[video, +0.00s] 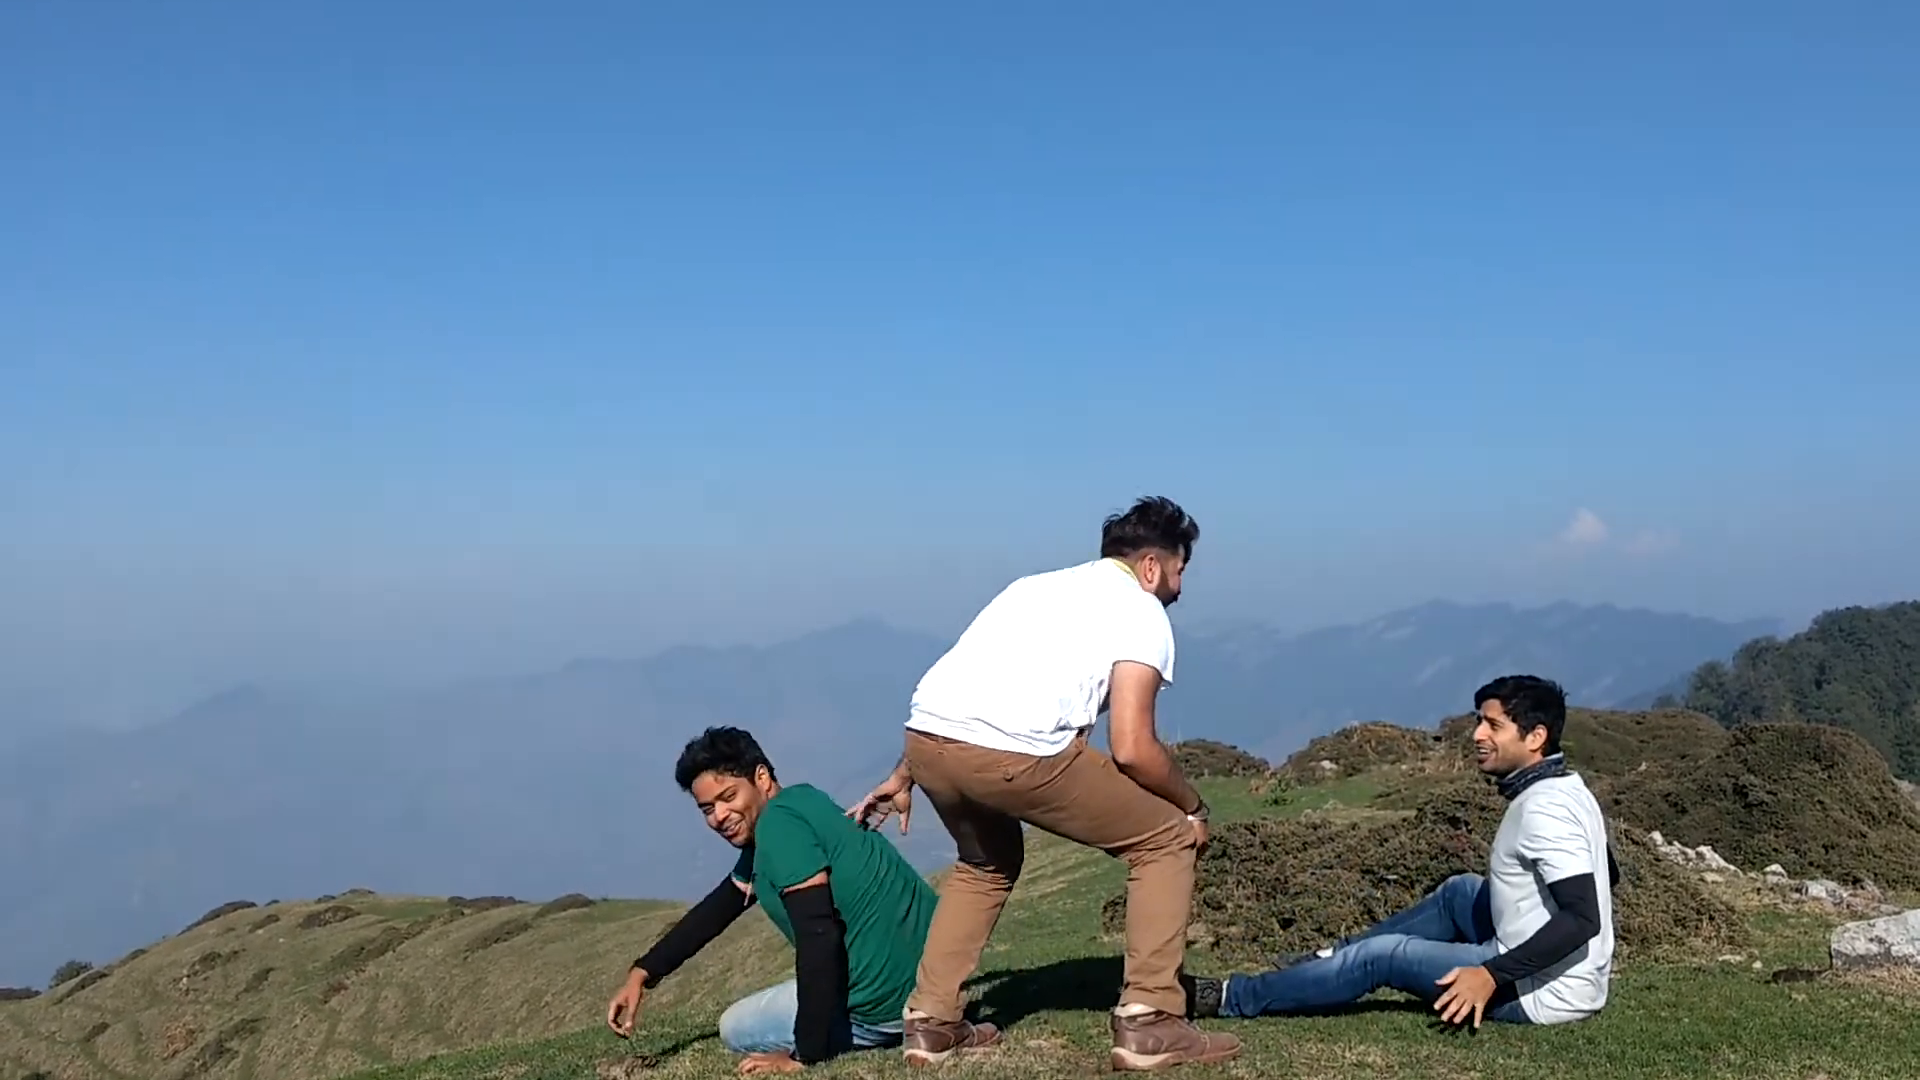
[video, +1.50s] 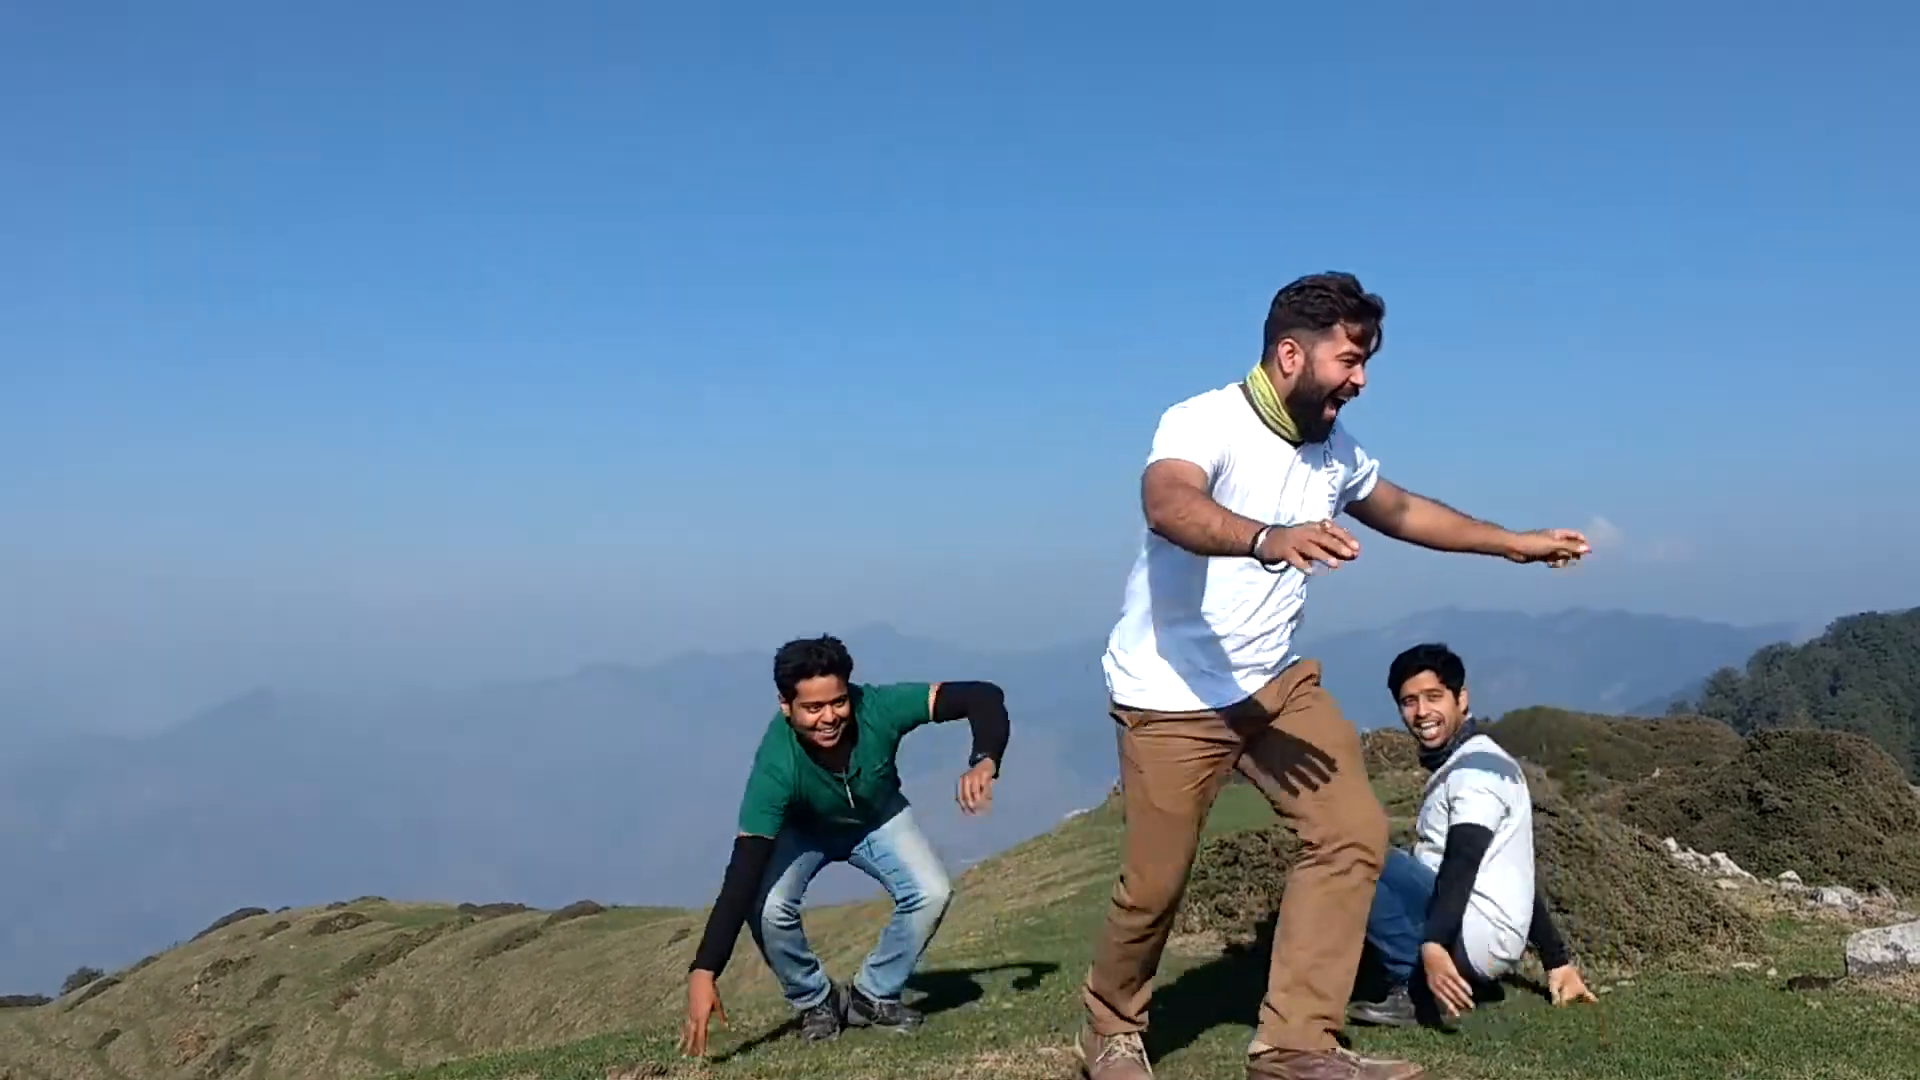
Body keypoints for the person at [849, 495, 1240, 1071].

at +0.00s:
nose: (1182, 584)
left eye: (1185, 570)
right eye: (1182, 568)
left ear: (1113, 553)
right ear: (1152, 562)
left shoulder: (1036, 586)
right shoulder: (1141, 612)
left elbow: (967, 676)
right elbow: (1132, 749)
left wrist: (904, 774)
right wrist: (1191, 804)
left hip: (930, 745)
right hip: (1013, 755)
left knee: (987, 861)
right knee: (1167, 835)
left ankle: (930, 1022)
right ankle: (1149, 1021)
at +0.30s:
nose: (1132, 443)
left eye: (1137, 430)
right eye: (1119, 426)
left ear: (1072, 434)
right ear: (1073, 428)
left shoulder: (1020, 491)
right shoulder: (1070, 504)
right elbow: (1097, 638)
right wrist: (1204, 716)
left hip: (972, 713)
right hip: (1037, 715)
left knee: (1007, 860)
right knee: (1174, 835)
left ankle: (935, 1021)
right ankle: (1150, 1019)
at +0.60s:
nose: (1096, 429)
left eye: (1109, 415)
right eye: (1080, 413)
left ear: (1123, 423)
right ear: (1049, 416)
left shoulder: (1101, 508)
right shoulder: (1021, 489)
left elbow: (1089, 620)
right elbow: (1003, 619)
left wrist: (1125, 673)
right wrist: (1065, 683)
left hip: (1055, 710)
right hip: (1033, 712)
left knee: (1053, 871)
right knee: (1172, 830)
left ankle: (937, 1012)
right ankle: (1165, 1024)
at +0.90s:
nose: (1123, 439)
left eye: (1129, 423)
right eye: (1106, 425)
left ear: (1134, 422)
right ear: (1059, 428)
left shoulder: (1136, 501)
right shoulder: (1009, 504)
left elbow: (1176, 569)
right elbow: (945, 607)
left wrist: (1282, 600)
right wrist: (930, 667)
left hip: (1096, 715)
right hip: (1030, 706)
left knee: (1047, 884)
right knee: (1131, 843)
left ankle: (930, 1010)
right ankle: (1101, 1037)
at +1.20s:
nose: (1200, 413)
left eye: (1205, 395)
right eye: (1185, 395)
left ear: (1203, 394)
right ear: (1130, 396)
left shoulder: (1201, 471)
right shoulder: (1060, 473)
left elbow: (1244, 520)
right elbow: (986, 556)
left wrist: (1329, 548)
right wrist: (967, 587)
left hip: (1190, 696)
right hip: (1089, 705)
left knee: (1255, 847)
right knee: (1119, 874)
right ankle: (1106, 1028)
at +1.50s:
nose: (1359, 380)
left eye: (1365, 362)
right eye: (1348, 359)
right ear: (1288, 351)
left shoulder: (1333, 451)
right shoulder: (1202, 421)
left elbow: (1400, 512)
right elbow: (1169, 507)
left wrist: (1514, 543)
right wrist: (1264, 537)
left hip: (1276, 683)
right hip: (1172, 695)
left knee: (1349, 834)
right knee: (1153, 889)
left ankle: (1295, 1044)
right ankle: (1115, 1024)